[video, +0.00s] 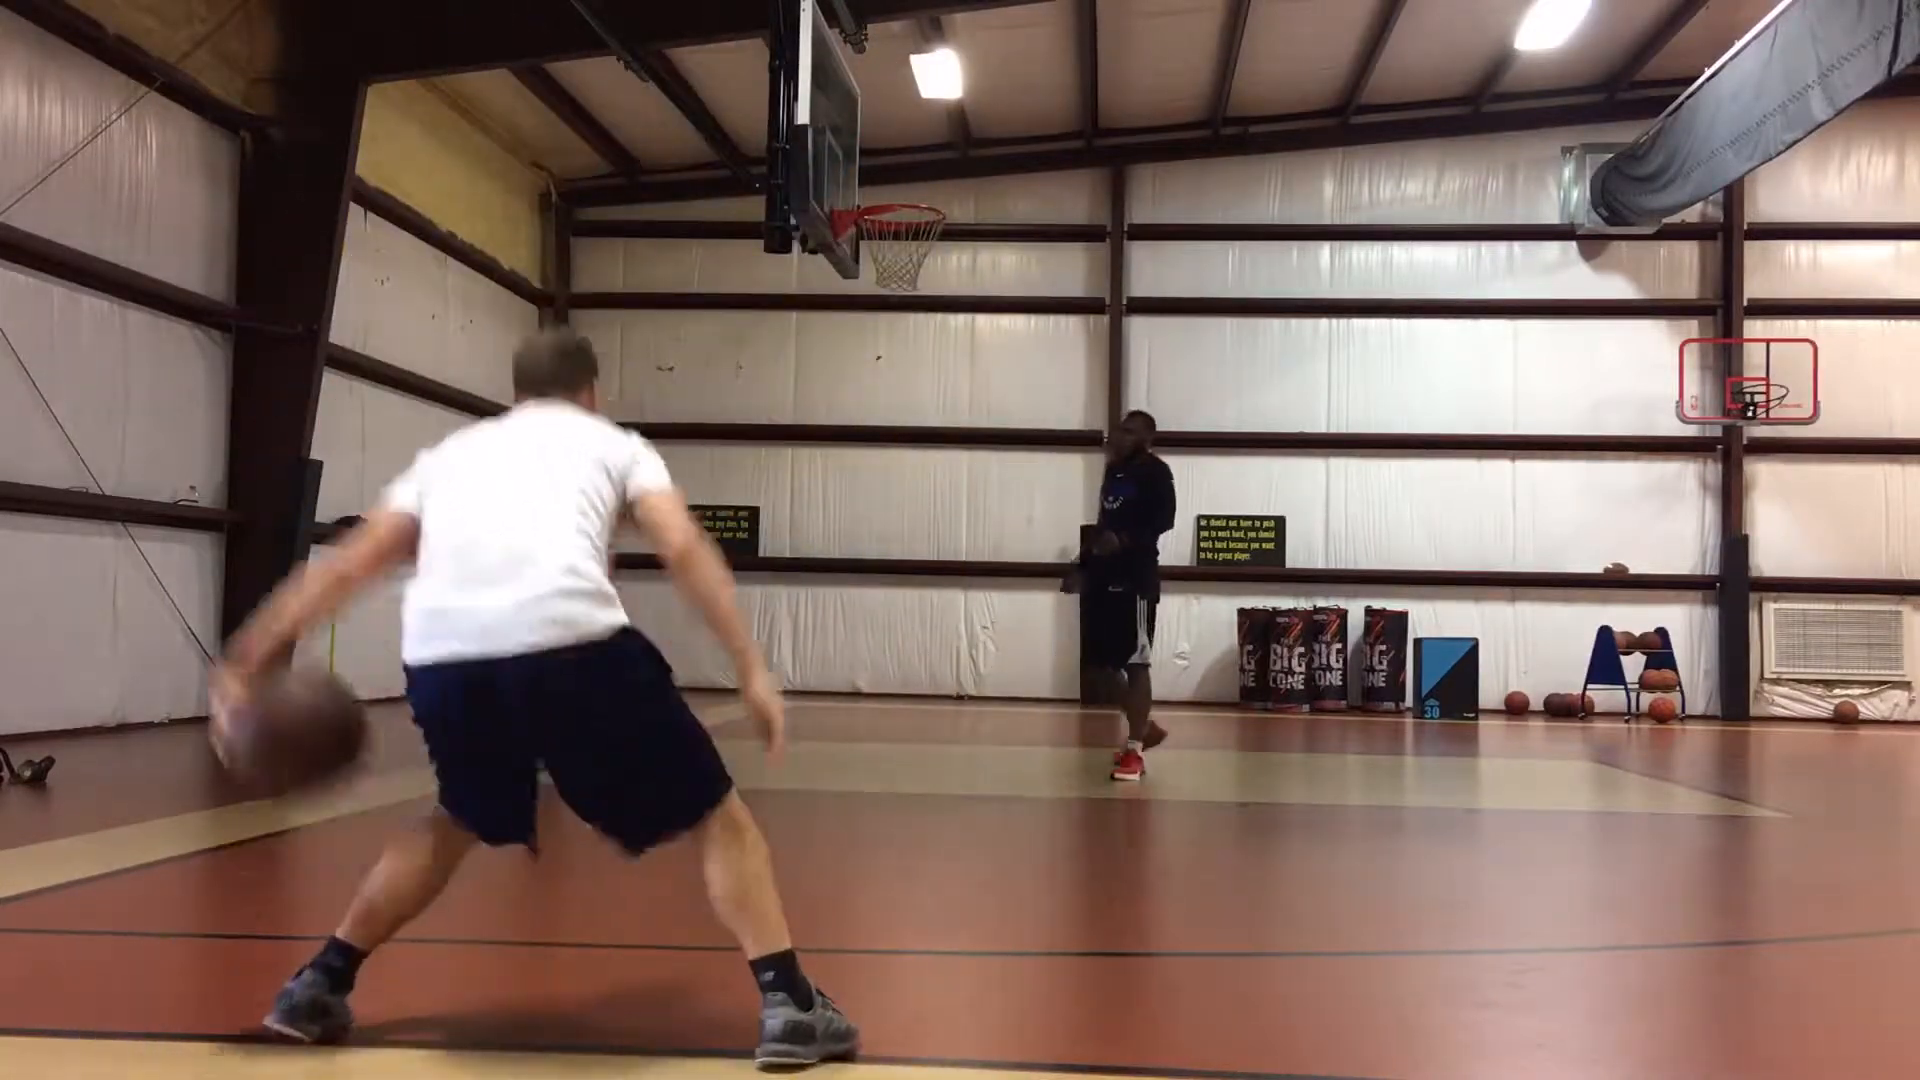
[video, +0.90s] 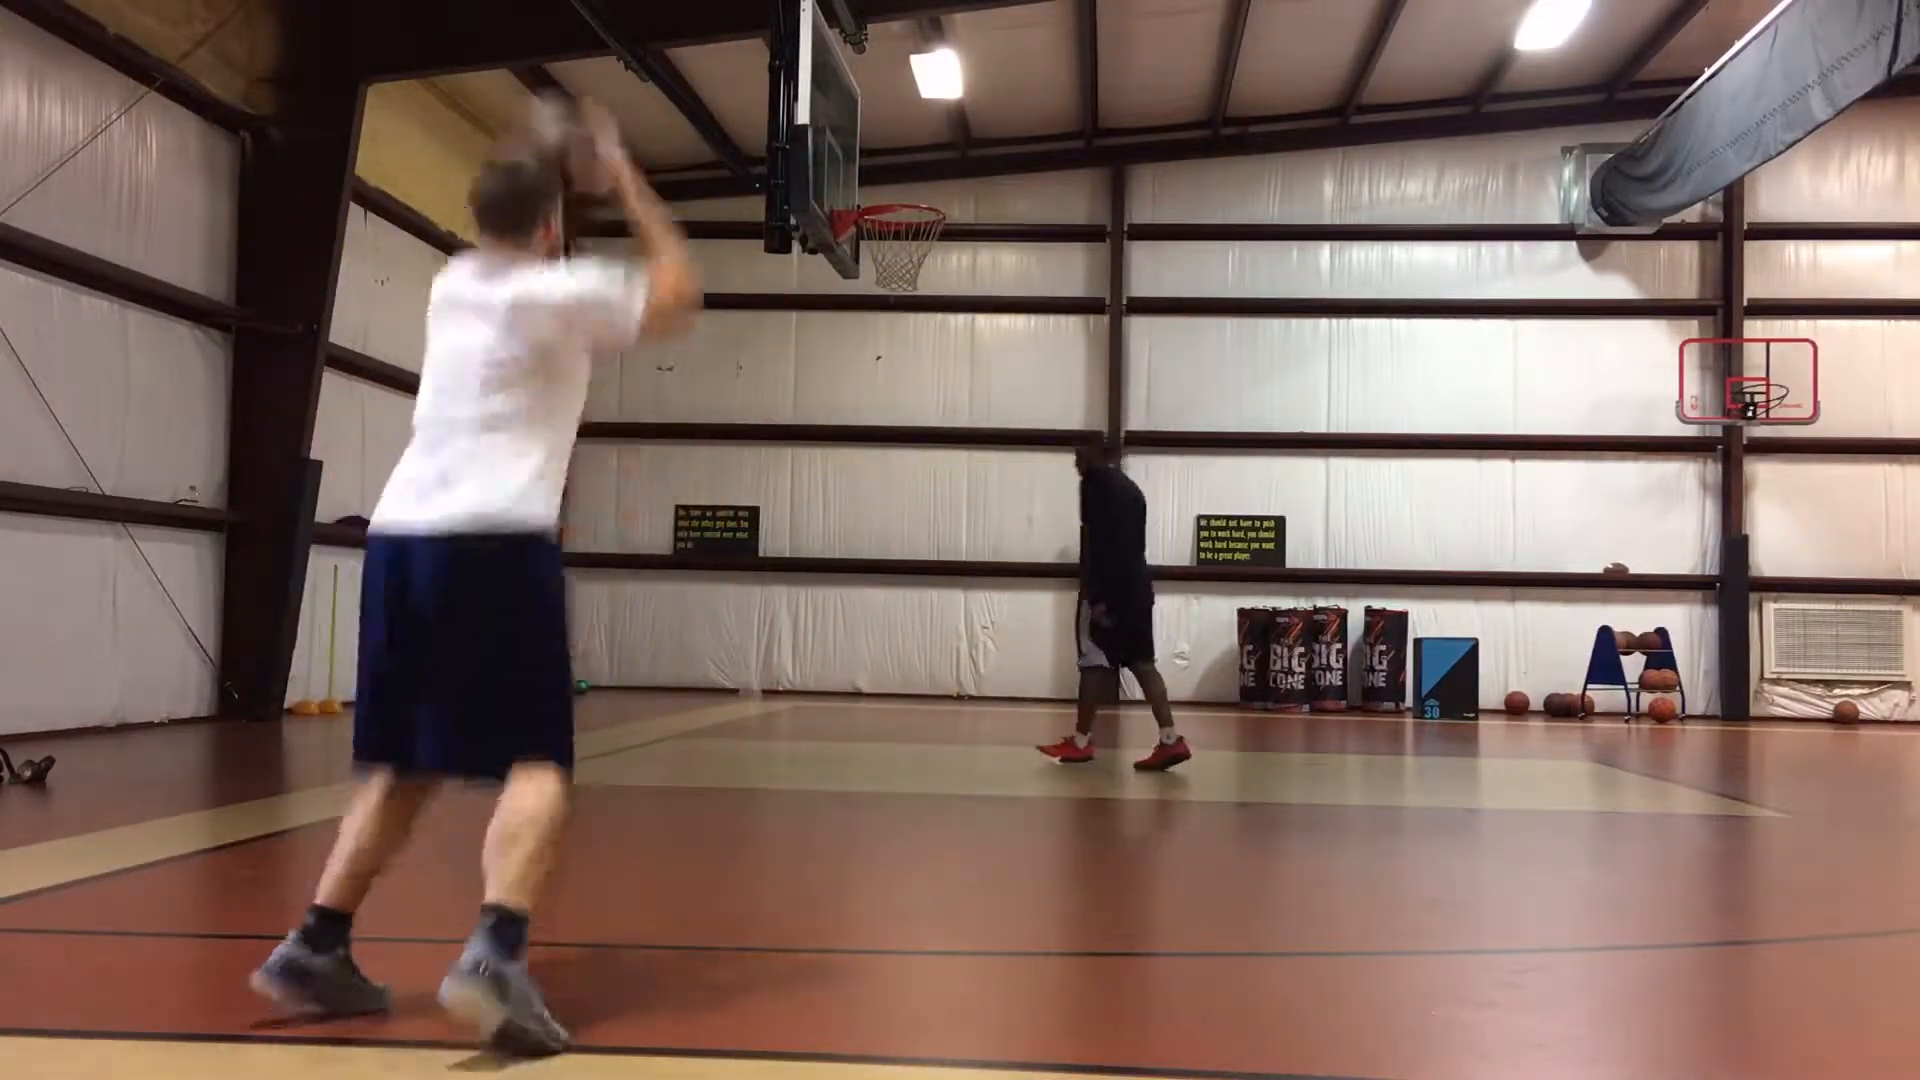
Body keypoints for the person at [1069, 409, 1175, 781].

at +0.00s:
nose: (1120, 435)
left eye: (1129, 431)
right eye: (1120, 428)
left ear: (1147, 438)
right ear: (1117, 432)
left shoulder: (1156, 471)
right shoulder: (1114, 472)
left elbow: (1162, 520)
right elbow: (1107, 526)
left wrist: (1123, 538)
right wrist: (1082, 565)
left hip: (1136, 580)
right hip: (1104, 578)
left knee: (1136, 664)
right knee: (1101, 666)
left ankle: (1134, 749)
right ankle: (1146, 726)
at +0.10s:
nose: (1124, 439)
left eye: (1132, 434)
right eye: (1123, 432)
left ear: (1150, 439)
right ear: (1119, 435)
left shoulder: (1159, 474)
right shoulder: (1117, 473)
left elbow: (1159, 529)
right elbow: (1109, 527)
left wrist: (1115, 551)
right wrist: (1089, 575)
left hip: (1139, 580)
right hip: (1113, 579)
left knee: (1136, 665)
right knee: (1124, 665)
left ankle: (1135, 748)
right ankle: (1162, 733)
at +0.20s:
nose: (1124, 443)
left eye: (1132, 438)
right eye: (1123, 437)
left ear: (1149, 443)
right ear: (1123, 440)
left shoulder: (1154, 478)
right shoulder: (1130, 476)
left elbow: (1123, 517)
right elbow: (1113, 518)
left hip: (1139, 582)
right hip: (1128, 581)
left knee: (1139, 666)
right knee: (1141, 665)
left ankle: (1136, 749)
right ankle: (1171, 743)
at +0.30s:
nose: (1125, 448)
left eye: (1132, 443)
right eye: (1124, 442)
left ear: (1149, 446)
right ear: (1124, 443)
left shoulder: (1148, 480)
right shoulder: (1141, 479)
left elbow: (1136, 533)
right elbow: (1116, 520)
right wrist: (1111, 463)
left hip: (1139, 583)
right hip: (1138, 582)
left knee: (1136, 665)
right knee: (1151, 665)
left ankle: (1136, 748)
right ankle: (1175, 744)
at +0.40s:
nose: (1116, 450)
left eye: (1121, 443)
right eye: (1118, 444)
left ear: (1137, 446)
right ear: (1142, 447)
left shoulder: (1145, 479)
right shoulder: (1146, 480)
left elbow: (1129, 536)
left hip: (1138, 584)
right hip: (1141, 583)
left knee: (1130, 662)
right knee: (1150, 663)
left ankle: (1128, 746)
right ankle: (1175, 745)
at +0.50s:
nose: (1113, 450)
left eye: (1118, 443)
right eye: (1114, 443)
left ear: (1135, 445)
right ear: (1141, 446)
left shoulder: (1141, 480)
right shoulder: (1147, 479)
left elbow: (1135, 539)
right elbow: (1140, 538)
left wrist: (1118, 588)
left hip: (1132, 588)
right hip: (1144, 587)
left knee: (1112, 662)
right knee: (1148, 662)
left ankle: (1119, 744)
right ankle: (1175, 743)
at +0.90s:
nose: (1076, 462)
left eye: (1079, 454)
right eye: (1076, 454)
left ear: (1093, 453)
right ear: (1105, 453)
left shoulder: (1093, 485)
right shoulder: (1130, 488)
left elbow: (1097, 543)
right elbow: (1133, 548)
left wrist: (1094, 594)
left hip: (1103, 591)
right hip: (1136, 589)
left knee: (1092, 666)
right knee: (1142, 664)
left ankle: (1080, 740)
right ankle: (1171, 739)